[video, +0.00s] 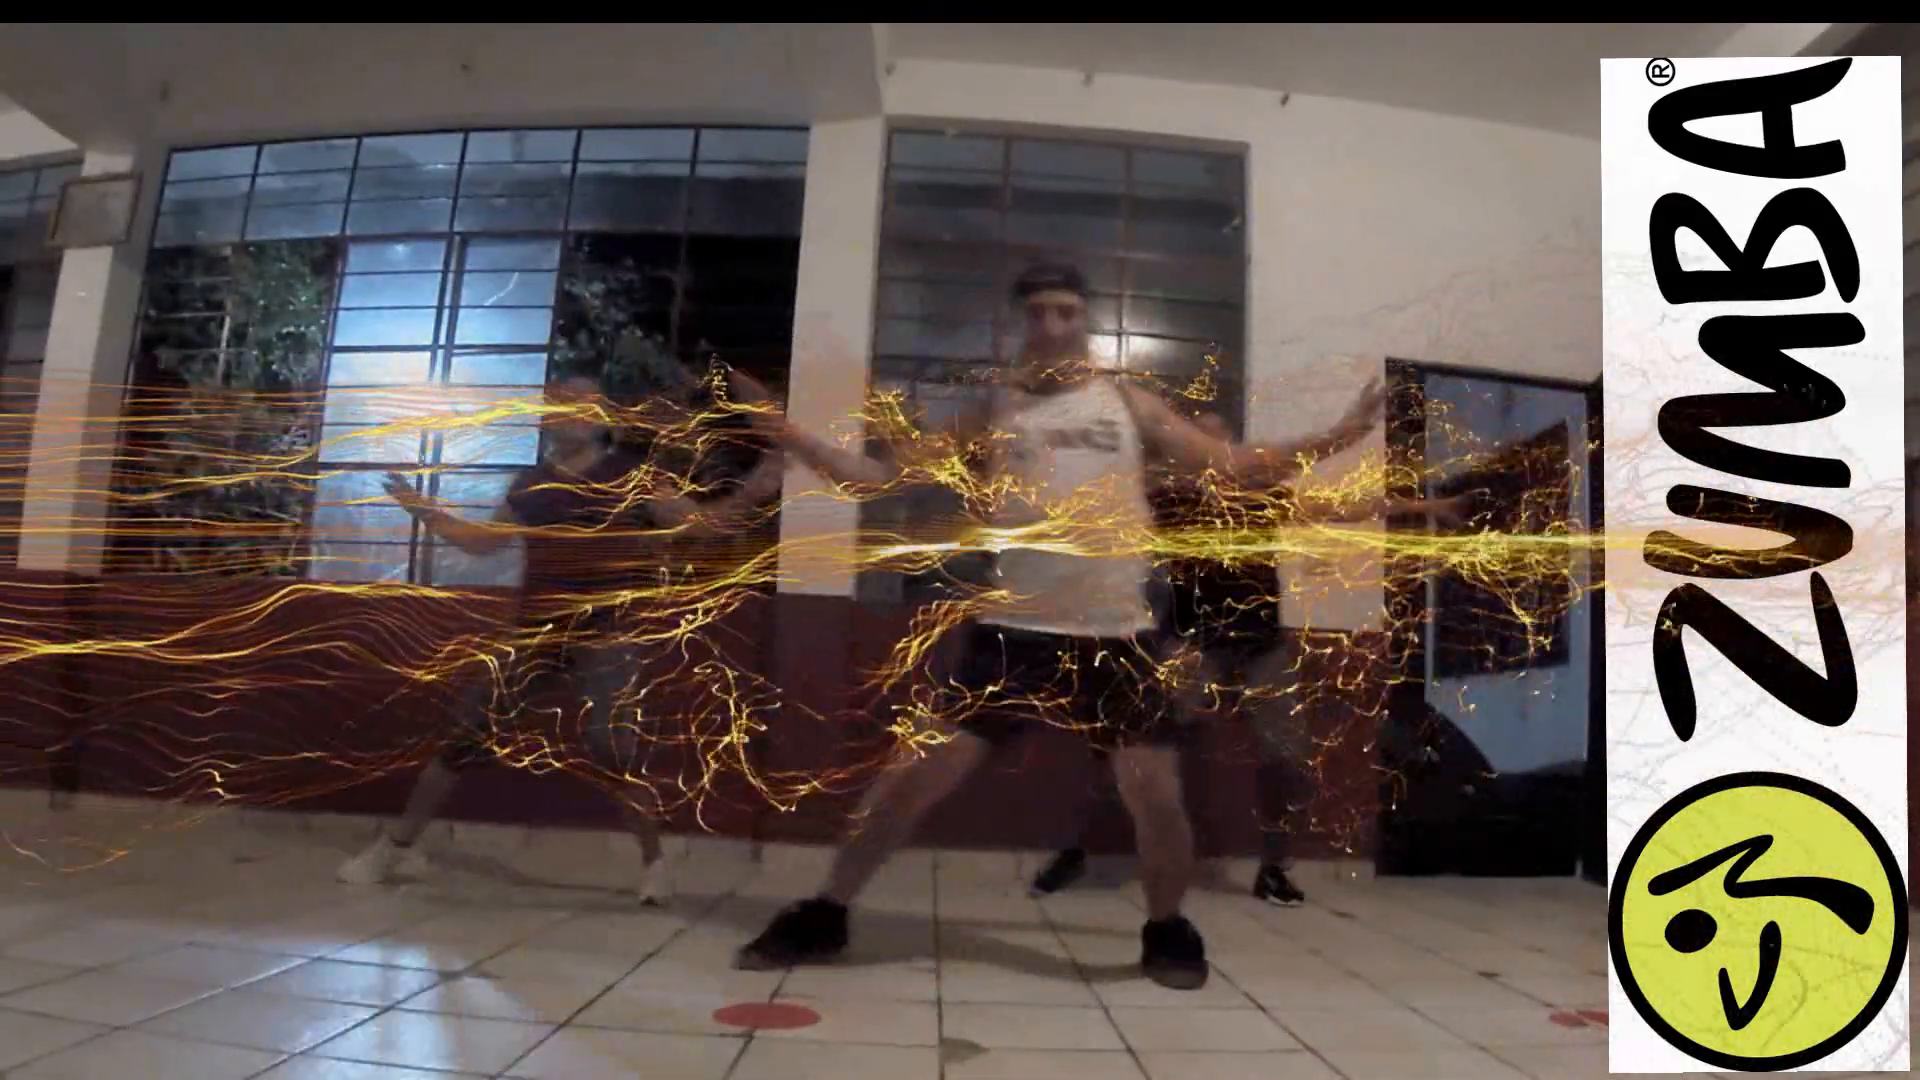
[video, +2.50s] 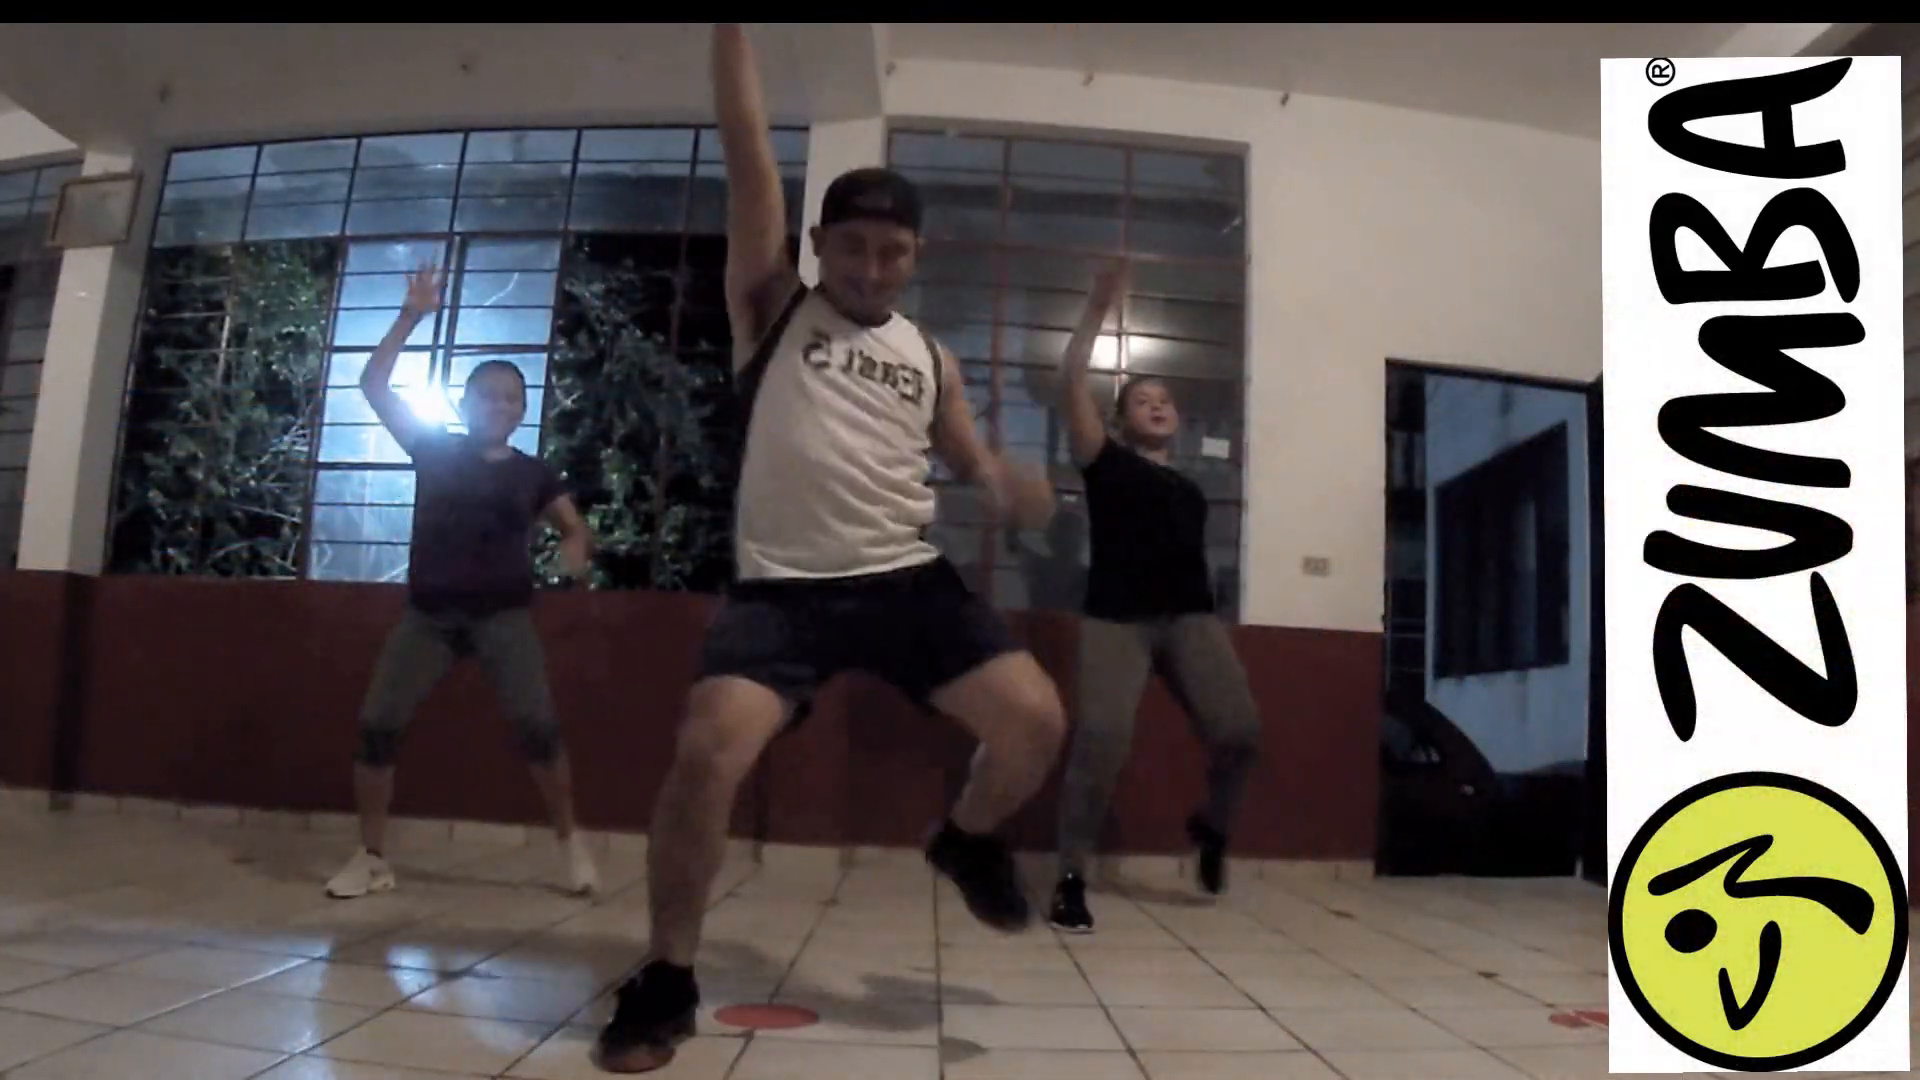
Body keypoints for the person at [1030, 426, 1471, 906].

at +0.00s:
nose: (1210, 452)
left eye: (1218, 442)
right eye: (1197, 441)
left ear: (1237, 447)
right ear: (1179, 447)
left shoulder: (1261, 494)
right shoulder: (1168, 496)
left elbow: (1337, 509)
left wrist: (1423, 510)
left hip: (1261, 638)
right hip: (1191, 636)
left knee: (1283, 754)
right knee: (1147, 742)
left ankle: (1273, 867)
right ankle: (1078, 846)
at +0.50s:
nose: (1267, 443)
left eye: (1274, 436)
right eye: (1255, 434)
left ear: (1283, 449)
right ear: (1233, 444)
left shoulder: (1295, 511)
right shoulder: (1210, 502)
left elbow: (1356, 562)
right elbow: (1192, 555)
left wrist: (1363, 543)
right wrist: (1262, 554)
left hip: (1288, 648)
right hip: (1223, 648)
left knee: (1304, 753)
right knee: (1226, 754)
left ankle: (1297, 866)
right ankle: (1229, 855)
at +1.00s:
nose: (1169, 436)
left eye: (1178, 430)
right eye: (1160, 427)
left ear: (1189, 446)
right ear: (1141, 438)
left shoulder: (1192, 505)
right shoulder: (1109, 485)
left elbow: (1261, 537)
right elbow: (1054, 472)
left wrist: (1337, 537)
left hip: (1175, 638)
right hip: (1106, 637)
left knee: (1218, 741)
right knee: (1090, 747)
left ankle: (1254, 865)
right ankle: (1061, 858)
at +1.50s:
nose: (1150, 431)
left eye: (1157, 422)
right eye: (1138, 424)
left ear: (1169, 433)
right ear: (1118, 437)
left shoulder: (1191, 494)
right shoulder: (1098, 497)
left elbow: (1242, 529)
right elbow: (1070, 565)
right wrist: (1070, 616)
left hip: (1172, 640)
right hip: (1106, 638)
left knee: (1208, 732)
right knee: (1097, 742)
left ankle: (1162, 834)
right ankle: (1087, 851)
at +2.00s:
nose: (1202, 402)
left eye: (1211, 398)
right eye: (1191, 398)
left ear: (1227, 415)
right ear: (1171, 416)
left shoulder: (1251, 464)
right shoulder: (1157, 475)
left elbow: (1297, 385)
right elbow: (1108, 466)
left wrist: (1321, 301)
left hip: (1253, 620)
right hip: (1176, 620)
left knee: (1284, 737)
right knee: (1118, 716)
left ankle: (1290, 885)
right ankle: (1120, 858)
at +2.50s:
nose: (1157, 409)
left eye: (1165, 403)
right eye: (1144, 403)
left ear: (1177, 421)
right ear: (1121, 419)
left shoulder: (1187, 487)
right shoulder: (1104, 462)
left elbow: (1186, 555)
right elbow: (1072, 381)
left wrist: (1195, 607)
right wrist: (1098, 307)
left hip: (1188, 618)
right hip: (1117, 621)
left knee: (1236, 729)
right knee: (1101, 739)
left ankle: (1214, 830)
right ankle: (1072, 875)